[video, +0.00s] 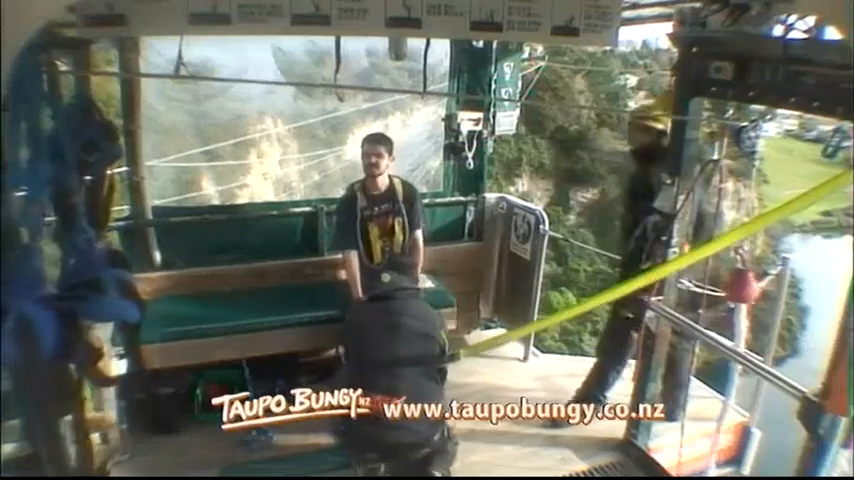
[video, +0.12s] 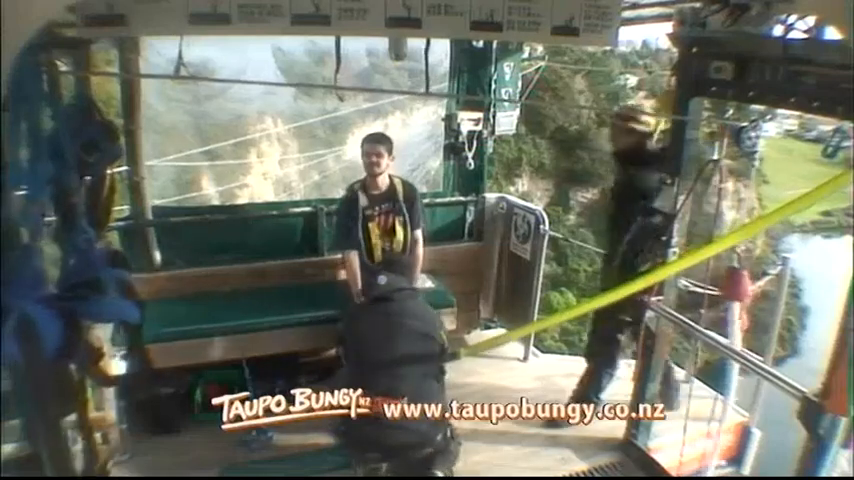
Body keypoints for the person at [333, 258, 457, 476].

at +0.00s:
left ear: (369, 281)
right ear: (413, 278)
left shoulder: (358, 315)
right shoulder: (429, 316)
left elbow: (352, 366)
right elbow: (440, 369)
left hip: (367, 437)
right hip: (418, 437)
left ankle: (368, 463)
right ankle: (436, 469)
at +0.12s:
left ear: (373, 282)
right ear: (410, 282)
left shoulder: (356, 317)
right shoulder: (429, 315)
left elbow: (350, 365)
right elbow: (441, 358)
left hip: (371, 437)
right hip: (422, 437)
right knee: (449, 437)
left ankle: (370, 464)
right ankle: (438, 469)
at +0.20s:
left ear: (370, 283)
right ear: (409, 282)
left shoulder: (355, 319)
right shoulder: (429, 317)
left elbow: (350, 363)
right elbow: (439, 355)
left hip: (373, 439)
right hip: (424, 437)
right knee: (450, 436)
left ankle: (371, 463)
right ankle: (439, 469)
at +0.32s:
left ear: (370, 280)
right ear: (410, 280)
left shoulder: (355, 319)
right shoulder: (427, 316)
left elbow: (349, 361)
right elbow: (439, 353)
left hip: (378, 442)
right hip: (426, 439)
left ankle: (371, 460)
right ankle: (441, 462)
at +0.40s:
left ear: (368, 283)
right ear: (408, 281)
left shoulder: (356, 319)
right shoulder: (427, 315)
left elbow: (349, 361)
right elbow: (441, 353)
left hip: (378, 439)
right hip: (426, 436)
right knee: (439, 383)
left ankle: (372, 459)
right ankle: (439, 458)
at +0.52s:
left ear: (370, 284)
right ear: (413, 280)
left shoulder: (357, 320)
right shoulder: (434, 317)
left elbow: (347, 379)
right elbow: (445, 371)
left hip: (379, 442)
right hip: (427, 440)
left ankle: (371, 459)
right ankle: (437, 460)